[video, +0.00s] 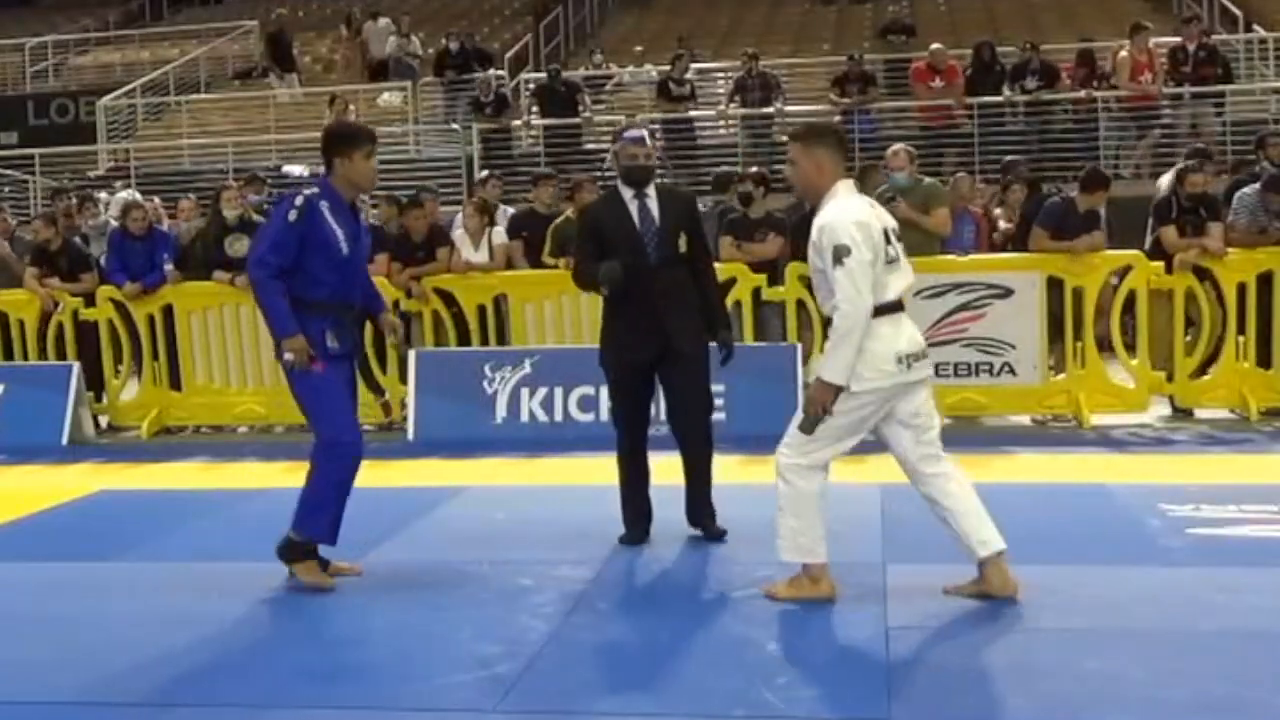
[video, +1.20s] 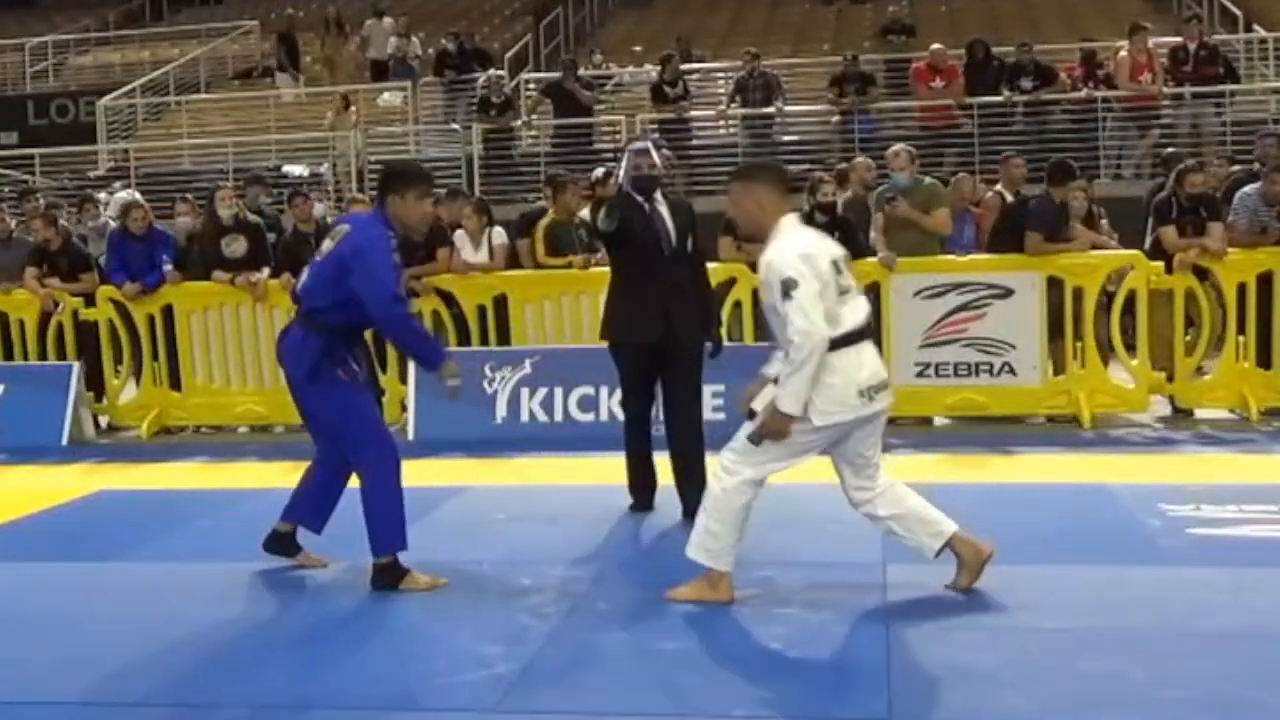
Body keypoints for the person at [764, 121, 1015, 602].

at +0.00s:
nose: (789, 175)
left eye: (794, 164)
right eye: (789, 164)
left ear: (818, 163)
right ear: (831, 163)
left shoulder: (838, 220)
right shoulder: (868, 207)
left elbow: (853, 306)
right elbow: (900, 283)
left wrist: (829, 378)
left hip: (871, 352)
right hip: (906, 344)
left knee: (797, 457)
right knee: (928, 461)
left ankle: (814, 573)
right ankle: (994, 567)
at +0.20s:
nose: (782, 177)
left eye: (785, 166)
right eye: (781, 167)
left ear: (813, 162)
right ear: (822, 163)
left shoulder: (834, 217)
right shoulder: (860, 208)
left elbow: (850, 304)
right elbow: (846, 303)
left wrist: (839, 378)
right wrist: (792, 345)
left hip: (848, 359)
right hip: (886, 355)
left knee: (775, 448)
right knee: (914, 461)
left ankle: (768, 565)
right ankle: (989, 562)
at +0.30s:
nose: (758, 184)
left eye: (761, 172)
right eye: (756, 174)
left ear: (789, 167)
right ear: (794, 168)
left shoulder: (814, 221)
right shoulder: (828, 212)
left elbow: (838, 306)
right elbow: (803, 303)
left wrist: (829, 382)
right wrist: (738, 333)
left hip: (835, 361)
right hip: (871, 353)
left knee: (773, 461)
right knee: (909, 463)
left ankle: (732, 571)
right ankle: (987, 561)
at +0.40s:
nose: (731, 197)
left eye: (735, 185)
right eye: (731, 187)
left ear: (762, 182)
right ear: (765, 183)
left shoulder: (792, 236)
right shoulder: (786, 235)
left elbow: (816, 317)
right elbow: (750, 312)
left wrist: (809, 391)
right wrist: (677, 327)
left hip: (820, 372)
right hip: (856, 366)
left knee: (755, 468)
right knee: (899, 469)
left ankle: (719, 578)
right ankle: (985, 558)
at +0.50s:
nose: (692, 212)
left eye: (696, 198)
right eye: (689, 201)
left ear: (727, 189)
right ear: (718, 196)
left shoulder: (764, 238)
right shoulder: (736, 248)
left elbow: (796, 315)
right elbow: (699, 306)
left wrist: (792, 393)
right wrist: (630, 330)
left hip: (805, 363)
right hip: (835, 354)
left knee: (739, 467)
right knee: (880, 462)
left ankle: (717, 575)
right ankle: (975, 548)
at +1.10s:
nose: (687, 231)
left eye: (688, 219)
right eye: (684, 221)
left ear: (711, 212)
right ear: (715, 211)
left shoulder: (751, 254)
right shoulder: (745, 253)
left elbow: (793, 326)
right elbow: (729, 334)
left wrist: (772, 399)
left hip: (812, 377)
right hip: (843, 368)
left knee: (722, 462)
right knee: (863, 478)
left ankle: (714, 578)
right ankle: (967, 541)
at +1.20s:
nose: (730, 213)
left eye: (733, 201)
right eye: (729, 202)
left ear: (757, 200)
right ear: (774, 200)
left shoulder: (783, 255)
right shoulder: (812, 239)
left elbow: (810, 336)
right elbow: (800, 334)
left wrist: (786, 407)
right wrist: (767, 381)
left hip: (831, 389)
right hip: (868, 379)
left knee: (737, 465)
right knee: (867, 488)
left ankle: (716, 576)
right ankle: (963, 548)